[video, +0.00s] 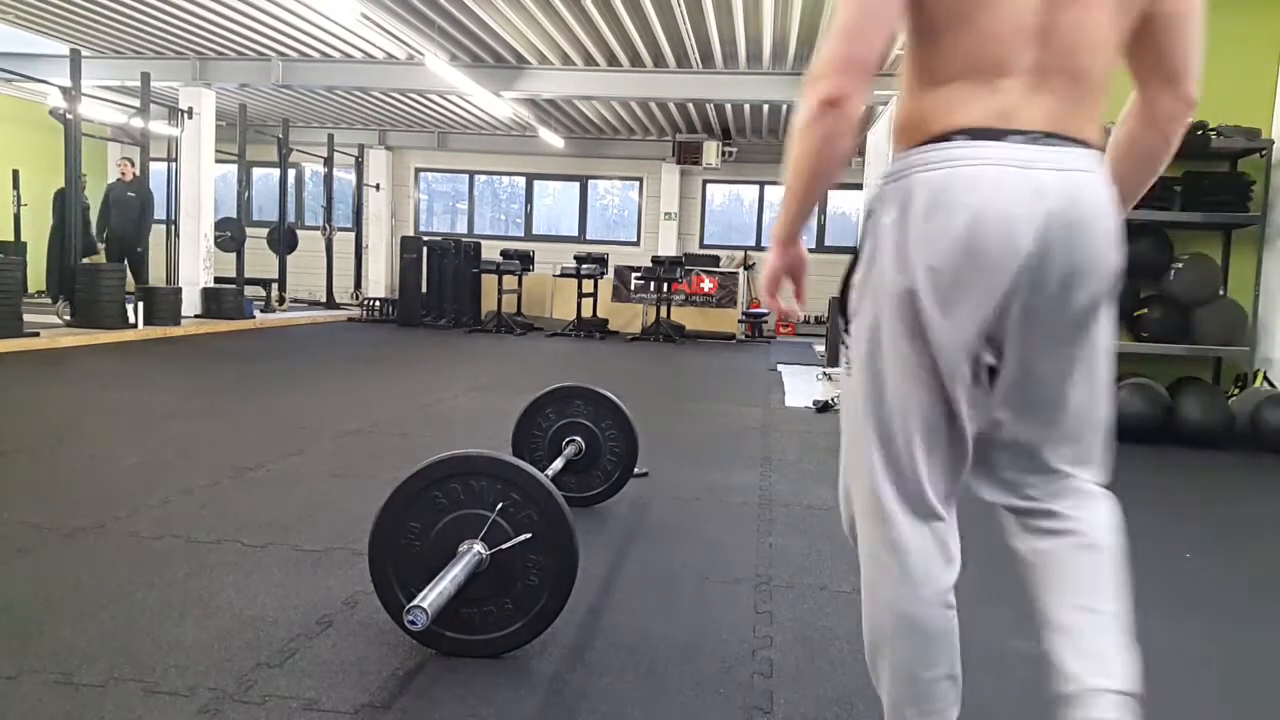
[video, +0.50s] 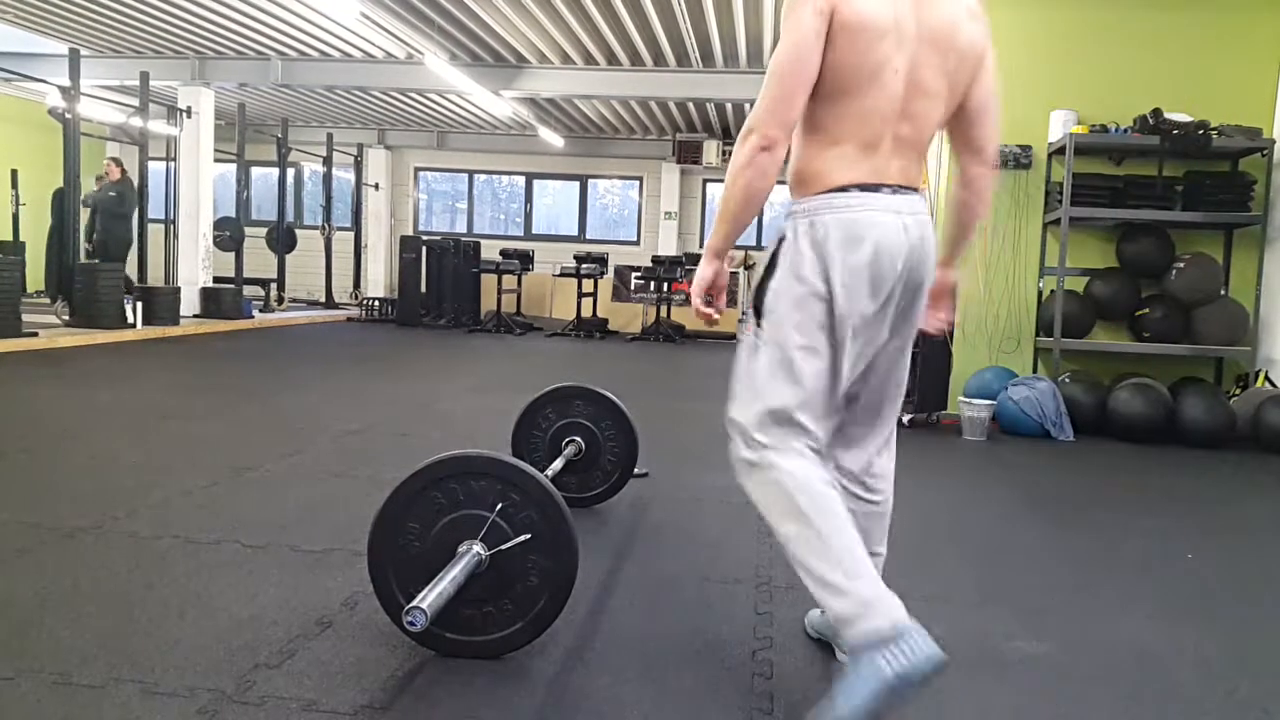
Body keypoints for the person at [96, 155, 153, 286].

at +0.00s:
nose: (122, 168)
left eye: (125, 165)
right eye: (119, 165)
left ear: (132, 168)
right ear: (117, 168)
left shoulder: (143, 189)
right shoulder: (111, 188)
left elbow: (147, 218)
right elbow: (103, 213)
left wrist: (142, 242)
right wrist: (99, 236)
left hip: (135, 242)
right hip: (114, 242)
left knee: (141, 283)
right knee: (113, 281)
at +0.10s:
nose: (118, 169)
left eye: (122, 166)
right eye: (117, 166)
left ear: (130, 169)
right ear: (114, 169)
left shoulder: (140, 188)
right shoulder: (110, 188)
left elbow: (144, 217)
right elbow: (102, 214)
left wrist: (139, 242)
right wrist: (98, 237)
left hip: (134, 242)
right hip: (112, 242)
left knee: (140, 283)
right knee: (114, 280)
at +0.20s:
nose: (114, 168)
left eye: (117, 165)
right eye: (113, 165)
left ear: (126, 168)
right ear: (111, 168)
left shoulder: (136, 188)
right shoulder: (106, 188)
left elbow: (138, 217)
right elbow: (99, 214)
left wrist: (133, 241)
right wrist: (95, 237)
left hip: (129, 240)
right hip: (109, 239)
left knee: (135, 278)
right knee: (110, 276)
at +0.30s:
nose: (109, 168)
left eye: (112, 165)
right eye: (109, 165)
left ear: (122, 168)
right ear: (109, 168)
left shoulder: (132, 187)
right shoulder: (104, 188)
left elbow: (135, 215)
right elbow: (95, 212)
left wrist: (123, 237)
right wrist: (93, 235)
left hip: (123, 238)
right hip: (104, 238)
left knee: (126, 273)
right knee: (106, 273)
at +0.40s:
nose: (106, 169)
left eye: (110, 165)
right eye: (106, 165)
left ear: (120, 168)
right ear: (106, 169)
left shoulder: (129, 187)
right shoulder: (103, 188)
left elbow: (132, 214)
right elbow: (93, 214)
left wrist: (110, 224)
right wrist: (89, 236)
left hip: (121, 237)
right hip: (102, 237)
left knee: (120, 272)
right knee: (104, 272)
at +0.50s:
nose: (105, 169)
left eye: (109, 166)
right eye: (105, 166)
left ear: (119, 168)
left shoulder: (126, 185)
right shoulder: (105, 187)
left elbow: (128, 209)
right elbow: (94, 214)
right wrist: (89, 238)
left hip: (119, 238)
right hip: (102, 237)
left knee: (115, 273)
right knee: (102, 273)